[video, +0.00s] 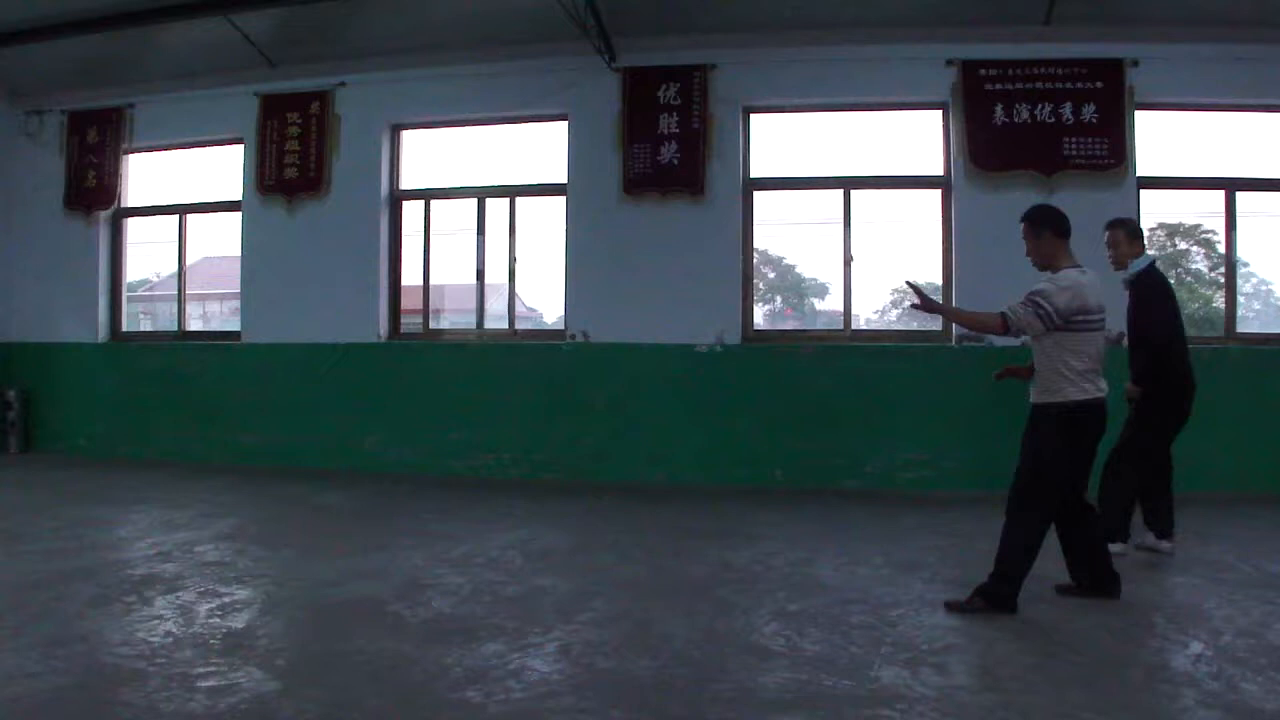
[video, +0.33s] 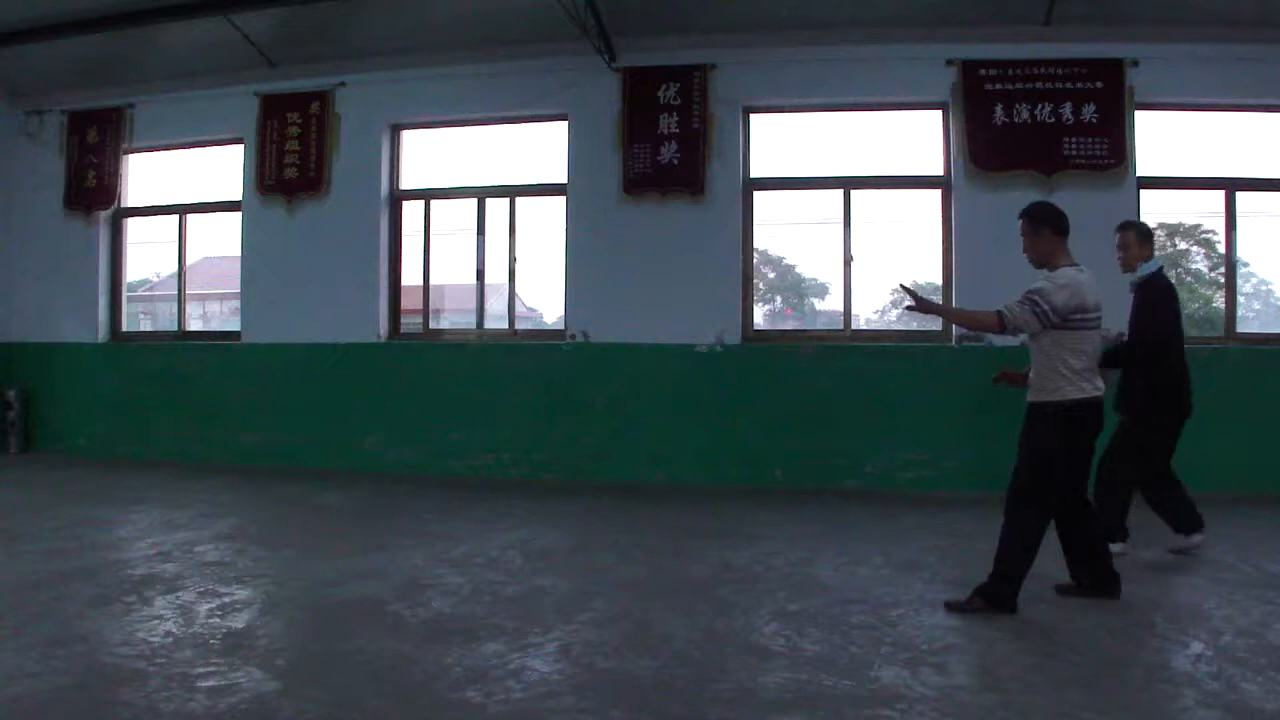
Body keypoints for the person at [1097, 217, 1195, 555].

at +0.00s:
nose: (1109, 253)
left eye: (1114, 246)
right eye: (1108, 246)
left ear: (1135, 245)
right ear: (1133, 247)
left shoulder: (1146, 285)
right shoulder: (1149, 281)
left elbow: (1153, 341)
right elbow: (1152, 337)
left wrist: (1138, 382)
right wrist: (1124, 340)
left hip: (1162, 389)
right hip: (1165, 386)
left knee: (1124, 459)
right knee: (1154, 456)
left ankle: (1112, 535)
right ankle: (1161, 532)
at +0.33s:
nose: (1119, 255)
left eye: (1125, 248)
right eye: (1118, 248)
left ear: (1146, 249)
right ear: (1136, 250)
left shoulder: (1152, 290)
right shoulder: (1152, 287)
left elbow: (1143, 351)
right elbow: (1146, 348)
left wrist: (1098, 356)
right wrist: (1115, 343)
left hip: (1155, 402)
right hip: (1160, 398)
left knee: (1115, 467)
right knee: (1151, 468)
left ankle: (1111, 537)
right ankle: (1191, 528)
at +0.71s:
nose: (1149, 258)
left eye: (1154, 251)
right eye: (1150, 251)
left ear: (1176, 255)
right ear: (1178, 256)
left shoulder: (1173, 297)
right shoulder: (1187, 295)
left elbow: (1142, 328)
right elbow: (1149, 332)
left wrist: (1102, 309)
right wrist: (1109, 315)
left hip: (1164, 402)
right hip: (1182, 401)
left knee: (1114, 466)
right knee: (1161, 474)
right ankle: (1191, 538)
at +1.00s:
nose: (1134, 264)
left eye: (1139, 257)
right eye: (1136, 257)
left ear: (1156, 259)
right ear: (1163, 261)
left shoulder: (1154, 301)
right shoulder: (1183, 301)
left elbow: (1102, 324)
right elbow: (1142, 338)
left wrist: (1057, 319)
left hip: (1152, 406)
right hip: (1177, 404)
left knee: (1114, 474)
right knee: (1155, 478)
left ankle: (1066, 538)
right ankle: (1191, 540)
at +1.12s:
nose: (1119, 265)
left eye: (1123, 258)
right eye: (1119, 258)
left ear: (1141, 259)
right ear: (1148, 260)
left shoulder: (1136, 302)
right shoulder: (1169, 296)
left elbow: (1124, 359)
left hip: (1144, 405)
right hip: (1171, 401)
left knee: (1108, 476)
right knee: (1155, 478)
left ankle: (1064, 539)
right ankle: (1191, 540)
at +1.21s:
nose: (1103, 265)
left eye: (1108, 259)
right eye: (1104, 259)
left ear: (1128, 259)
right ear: (1135, 261)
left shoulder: (1132, 296)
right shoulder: (1157, 293)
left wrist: (1037, 303)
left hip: (1143, 399)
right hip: (1165, 397)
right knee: (1152, 475)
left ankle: (1066, 537)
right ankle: (1189, 539)